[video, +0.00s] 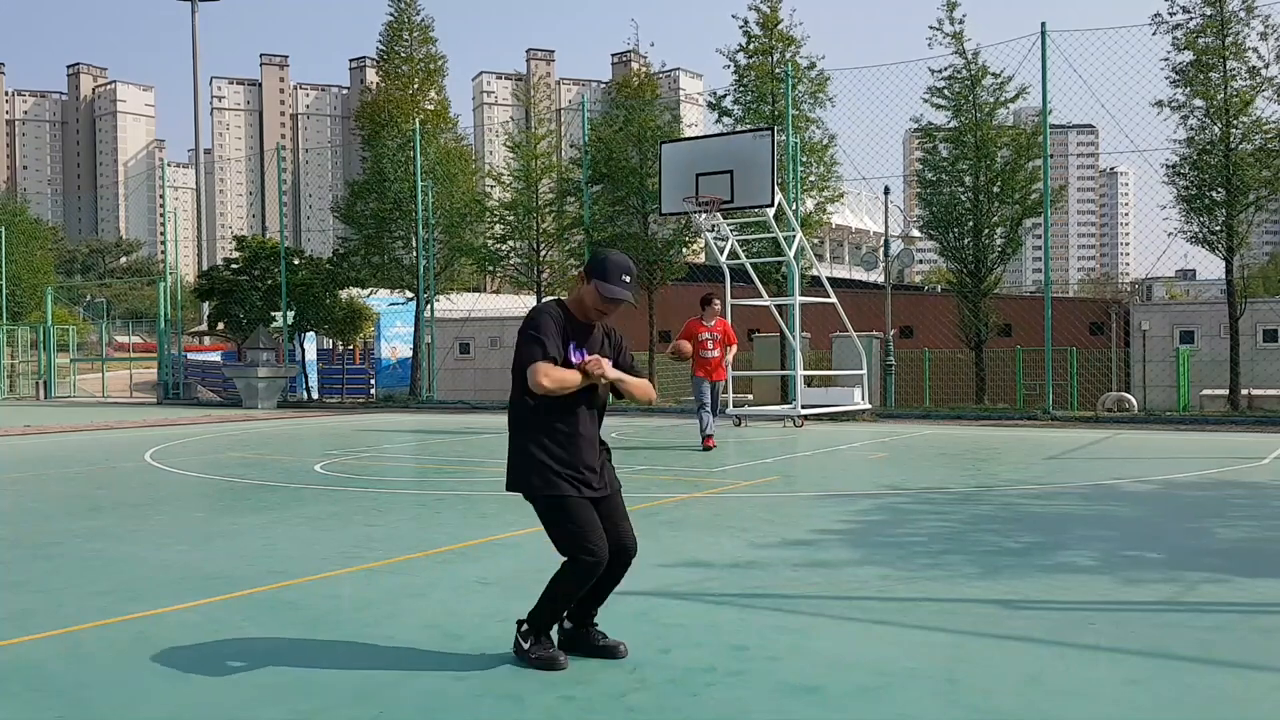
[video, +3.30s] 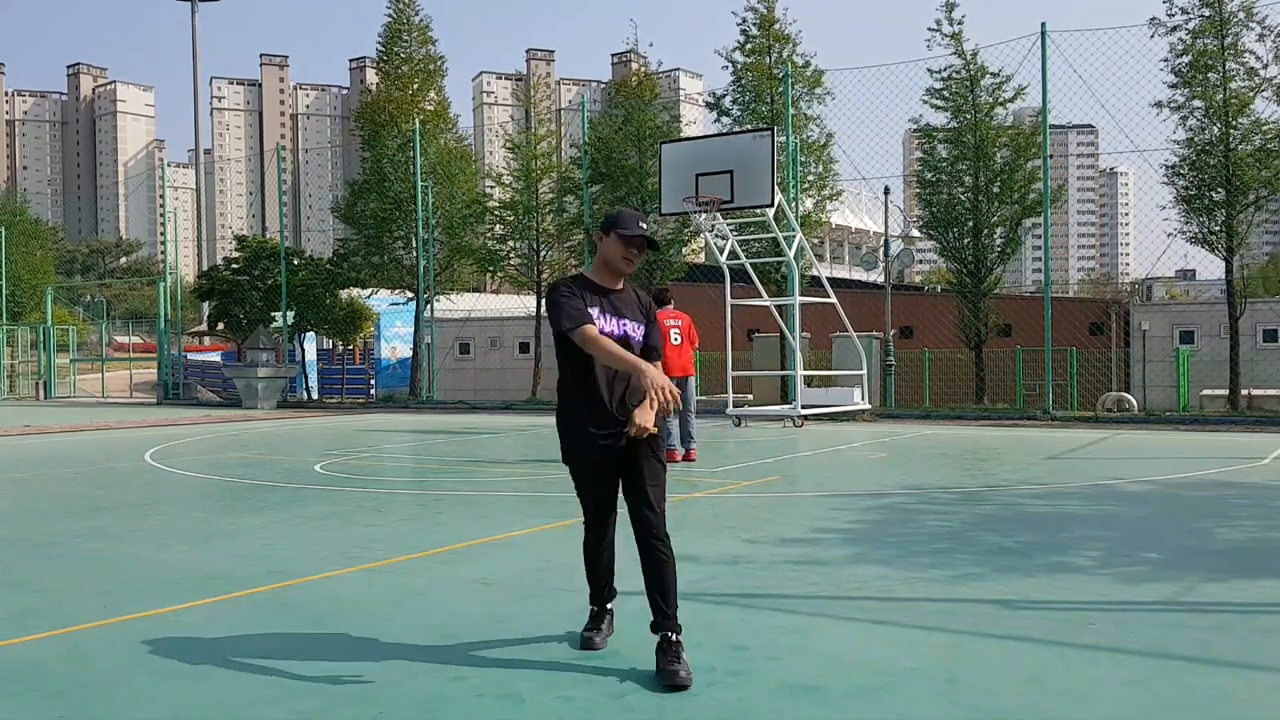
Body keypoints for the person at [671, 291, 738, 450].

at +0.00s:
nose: (719, 308)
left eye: (720, 305)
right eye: (716, 305)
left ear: (719, 307)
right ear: (706, 307)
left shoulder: (724, 324)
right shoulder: (692, 324)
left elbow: (733, 344)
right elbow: (679, 341)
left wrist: (730, 356)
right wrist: (672, 349)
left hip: (718, 369)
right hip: (700, 369)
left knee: (714, 405)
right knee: (704, 403)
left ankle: (709, 435)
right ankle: (707, 436)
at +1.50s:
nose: (693, 305)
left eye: (695, 301)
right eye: (693, 301)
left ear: (704, 303)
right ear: (701, 303)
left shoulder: (723, 320)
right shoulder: (694, 323)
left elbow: (731, 343)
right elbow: (690, 347)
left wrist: (721, 362)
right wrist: (683, 361)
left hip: (719, 371)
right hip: (699, 372)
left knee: (724, 409)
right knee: (699, 409)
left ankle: (728, 441)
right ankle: (702, 445)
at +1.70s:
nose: (683, 304)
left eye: (685, 301)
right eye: (683, 301)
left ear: (693, 302)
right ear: (693, 302)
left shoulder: (710, 318)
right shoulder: (689, 322)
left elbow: (717, 343)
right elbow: (690, 343)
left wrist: (699, 361)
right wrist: (680, 353)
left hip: (707, 371)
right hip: (691, 372)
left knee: (710, 405)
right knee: (693, 411)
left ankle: (724, 433)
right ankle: (701, 445)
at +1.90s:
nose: (675, 305)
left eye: (676, 301)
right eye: (675, 301)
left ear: (683, 302)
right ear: (688, 301)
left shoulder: (696, 316)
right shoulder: (691, 318)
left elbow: (699, 341)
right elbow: (686, 343)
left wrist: (681, 358)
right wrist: (676, 356)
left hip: (697, 370)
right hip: (693, 369)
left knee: (688, 405)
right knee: (694, 405)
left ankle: (703, 443)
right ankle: (701, 444)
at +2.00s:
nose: (672, 305)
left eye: (673, 301)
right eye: (672, 301)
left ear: (679, 301)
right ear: (687, 300)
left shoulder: (689, 316)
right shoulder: (694, 316)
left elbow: (690, 341)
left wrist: (673, 359)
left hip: (691, 372)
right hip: (698, 372)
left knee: (680, 406)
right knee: (694, 408)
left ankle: (685, 446)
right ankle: (702, 445)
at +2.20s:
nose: (664, 305)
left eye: (665, 302)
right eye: (664, 302)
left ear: (669, 302)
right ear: (681, 302)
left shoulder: (674, 317)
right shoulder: (690, 319)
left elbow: (672, 344)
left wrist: (661, 361)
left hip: (680, 373)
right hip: (694, 372)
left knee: (670, 411)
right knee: (690, 410)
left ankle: (671, 449)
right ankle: (702, 445)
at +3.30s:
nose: (672, 304)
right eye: (672, 301)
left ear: (655, 304)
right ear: (672, 302)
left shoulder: (654, 319)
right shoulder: (685, 318)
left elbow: (652, 346)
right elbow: (695, 343)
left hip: (665, 369)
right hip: (687, 368)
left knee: (667, 412)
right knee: (689, 410)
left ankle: (671, 449)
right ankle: (690, 448)